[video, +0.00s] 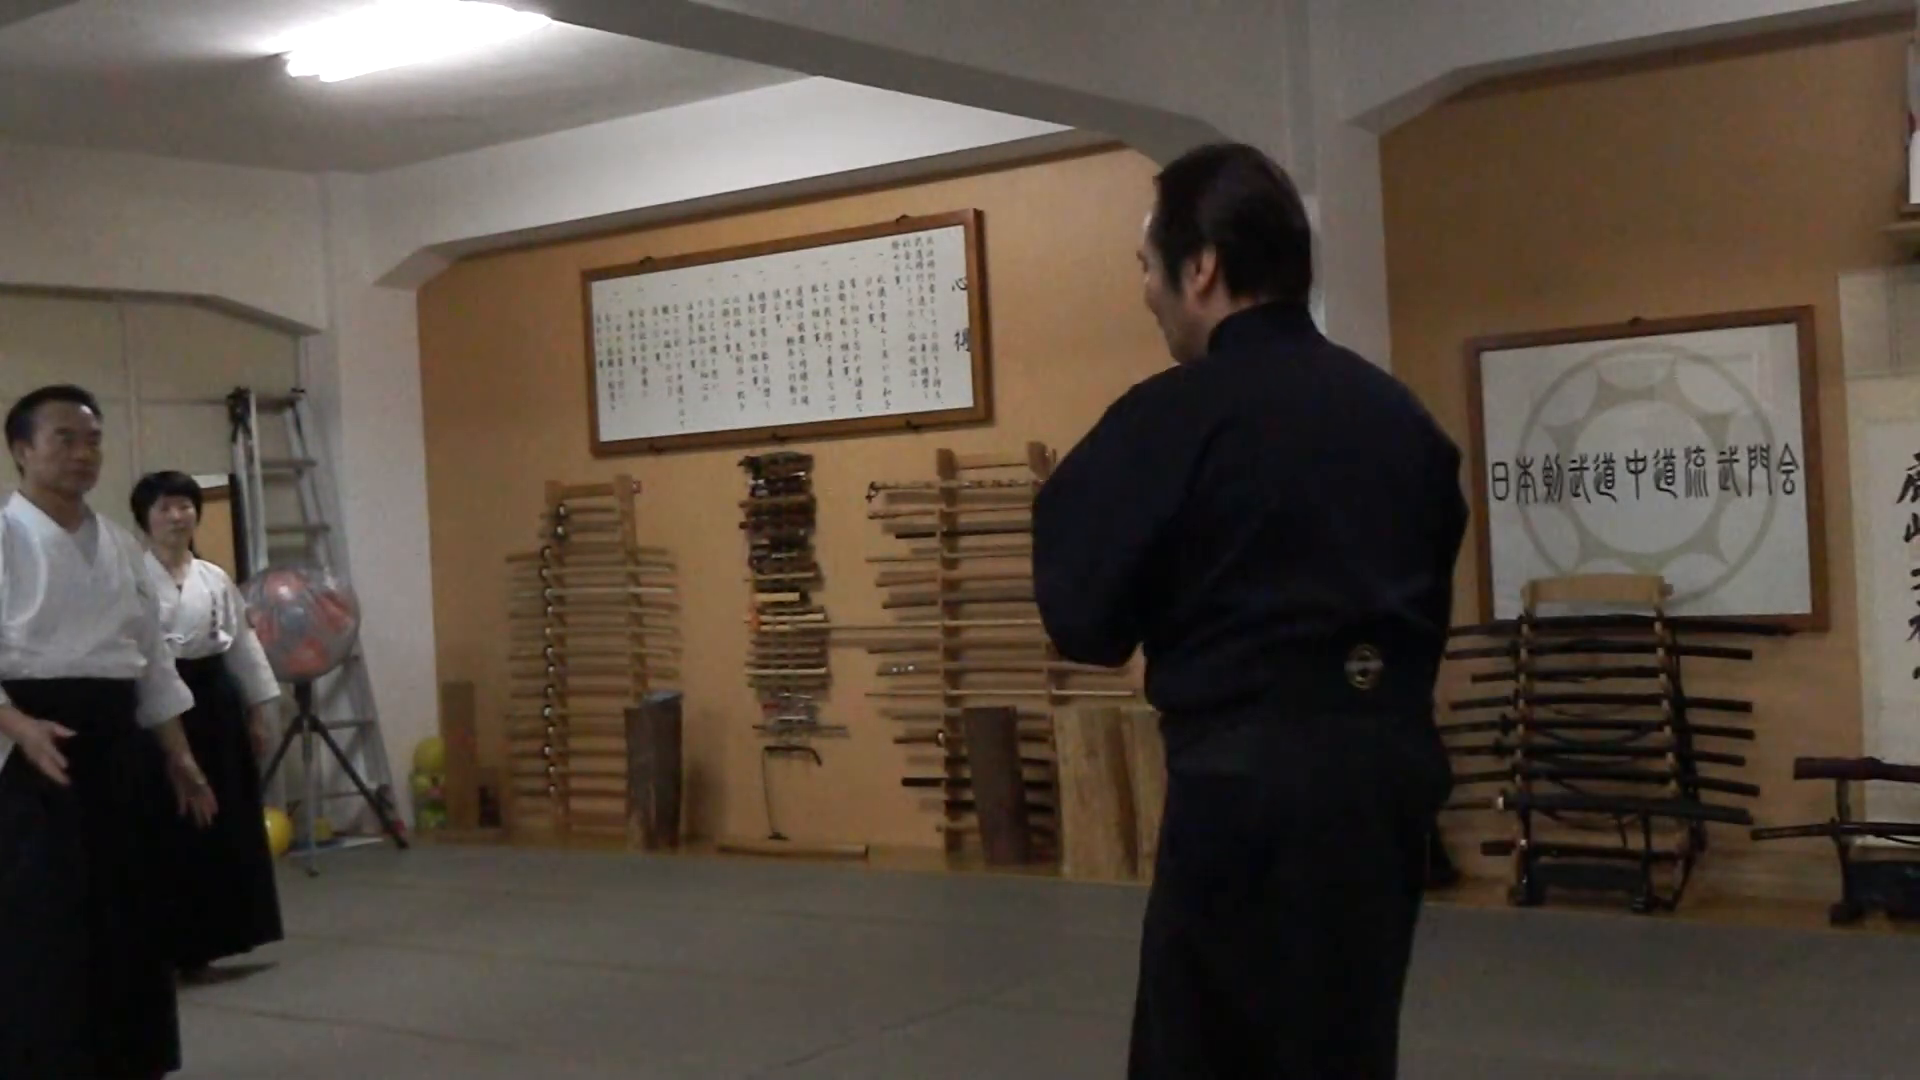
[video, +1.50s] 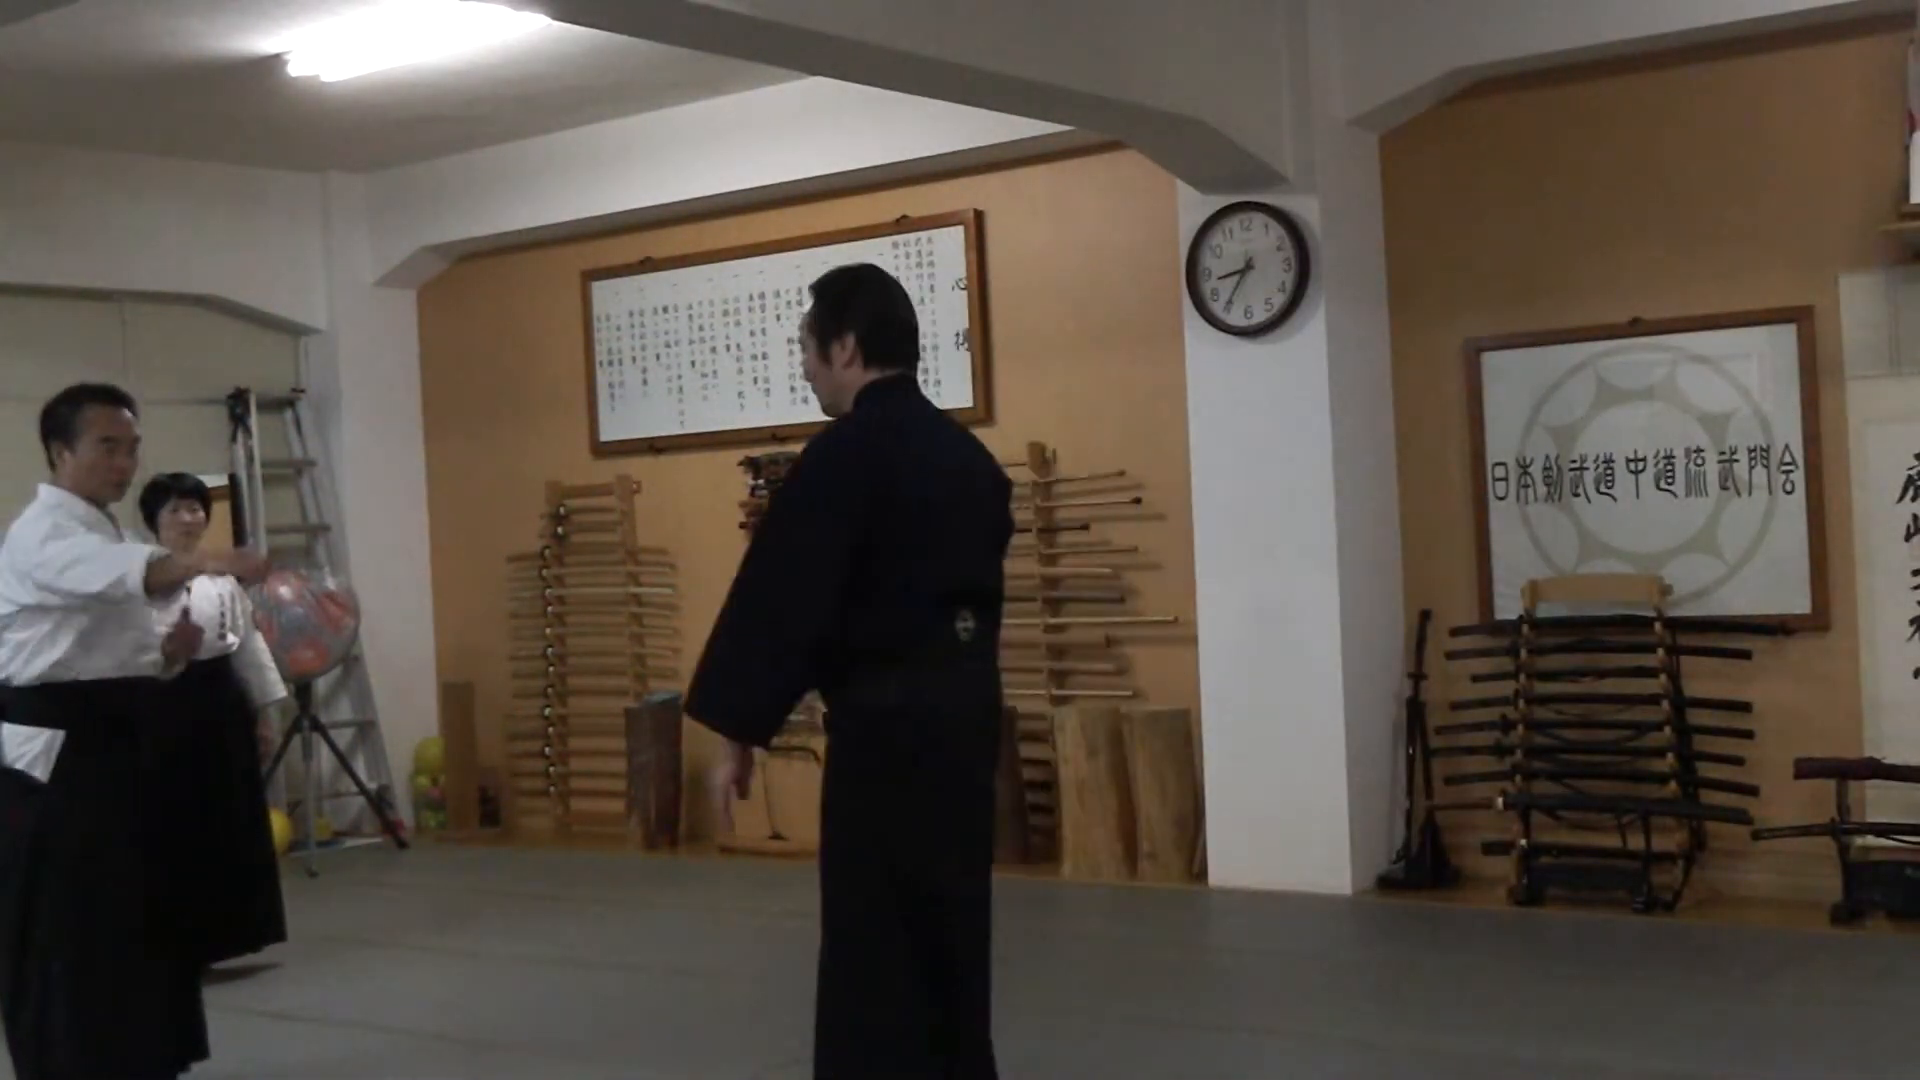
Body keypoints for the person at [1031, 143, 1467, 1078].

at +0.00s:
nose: (1144, 293)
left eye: (1149, 266)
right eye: (1143, 267)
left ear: (1205, 271)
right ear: (1294, 267)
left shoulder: (1168, 415)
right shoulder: (1400, 411)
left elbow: (1084, 623)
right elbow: (1426, 610)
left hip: (1238, 778)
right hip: (1390, 771)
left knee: (1198, 1046)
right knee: (1355, 1046)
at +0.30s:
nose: (1101, 322)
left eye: (1111, 296)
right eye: (1103, 298)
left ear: (1171, 306)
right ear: (1202, 305)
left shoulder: (1136, 441)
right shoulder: (1316, 444)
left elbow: (1046, 613)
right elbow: (1345, 638)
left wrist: (1053, 494)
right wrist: (1340, 783)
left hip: (1188, 774)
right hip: (1303, 762)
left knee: (1174, 1020)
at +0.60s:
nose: (1058, 338)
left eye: (1065, 315)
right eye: (1058, 317)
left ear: (1119, 317)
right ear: (1150, 316)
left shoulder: (1108, 432)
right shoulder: (1251, 434)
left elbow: (1022, 574)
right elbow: (1243, 567)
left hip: (1162, 751)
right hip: (1265, 740)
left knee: (1048, 979)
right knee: (1232, 979)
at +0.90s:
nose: (999, 349)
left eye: (1006, 330)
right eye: (999, 330)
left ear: (1050, 337)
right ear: (1102, 333)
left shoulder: (1031, 459)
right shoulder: (1174, 452)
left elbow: (974, 604)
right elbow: (1157, 601)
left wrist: (924, 745)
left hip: (1085, 737)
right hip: (1192, 719)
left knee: (1043, 950)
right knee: (1192, 948)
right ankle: (1191, 1066)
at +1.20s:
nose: (881, 387)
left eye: (881, 366)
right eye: (877, 370)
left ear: (917, 354)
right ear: (968, 348)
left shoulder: (919, 458)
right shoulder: (1058, 459)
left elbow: (900, 622)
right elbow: (1074, 626)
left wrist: (900, 772)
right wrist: (1078, 752)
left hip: (951, 756)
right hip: (1044, 752)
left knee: (921, 981)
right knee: (1048, 979)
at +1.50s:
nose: (806, 368)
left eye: (811, 348)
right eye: (806, 350)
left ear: (847, 347)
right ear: (897, 346)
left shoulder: (843, 454)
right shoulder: (968, 453)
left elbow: (781, 593)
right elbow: (970, 602)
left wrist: (741, 729)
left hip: (880, 725)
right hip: (966, 716)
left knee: (870, 935)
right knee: (950, 925)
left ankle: (871, 1067)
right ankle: (954, 1066)